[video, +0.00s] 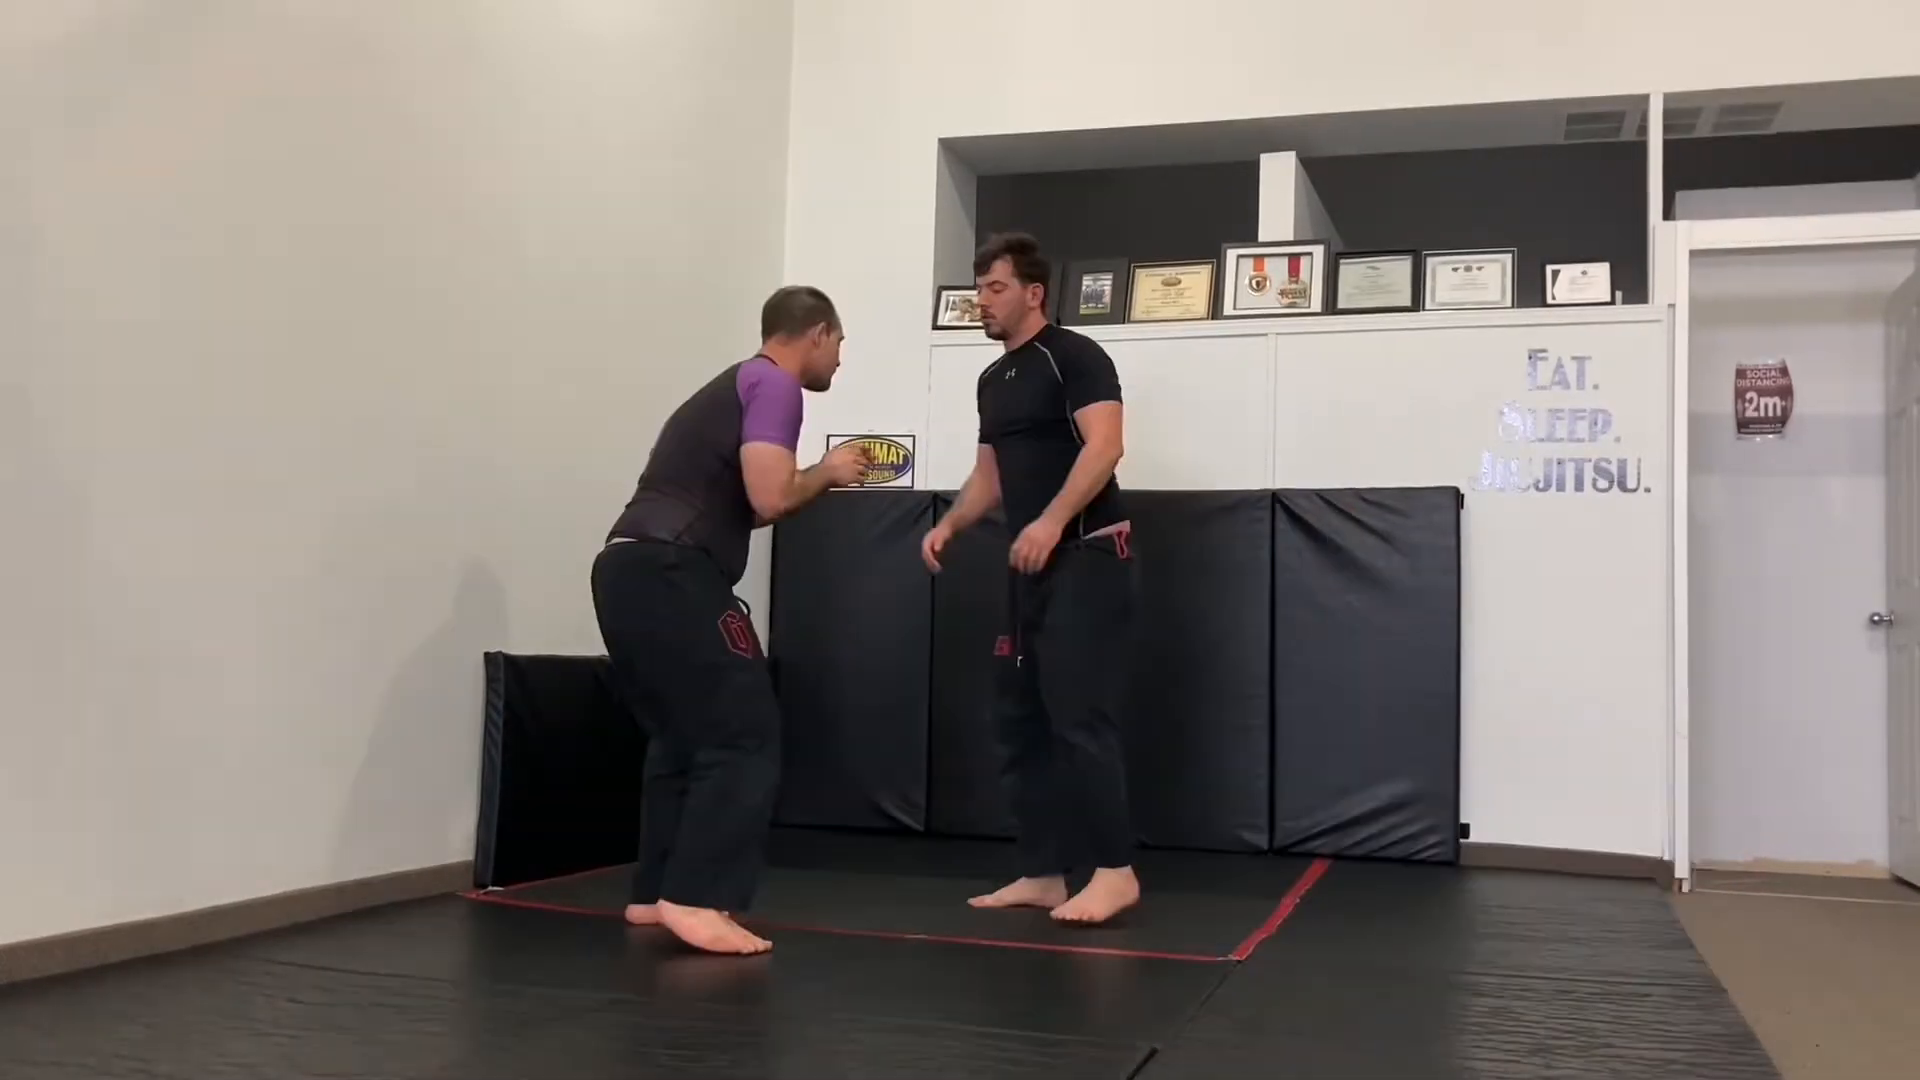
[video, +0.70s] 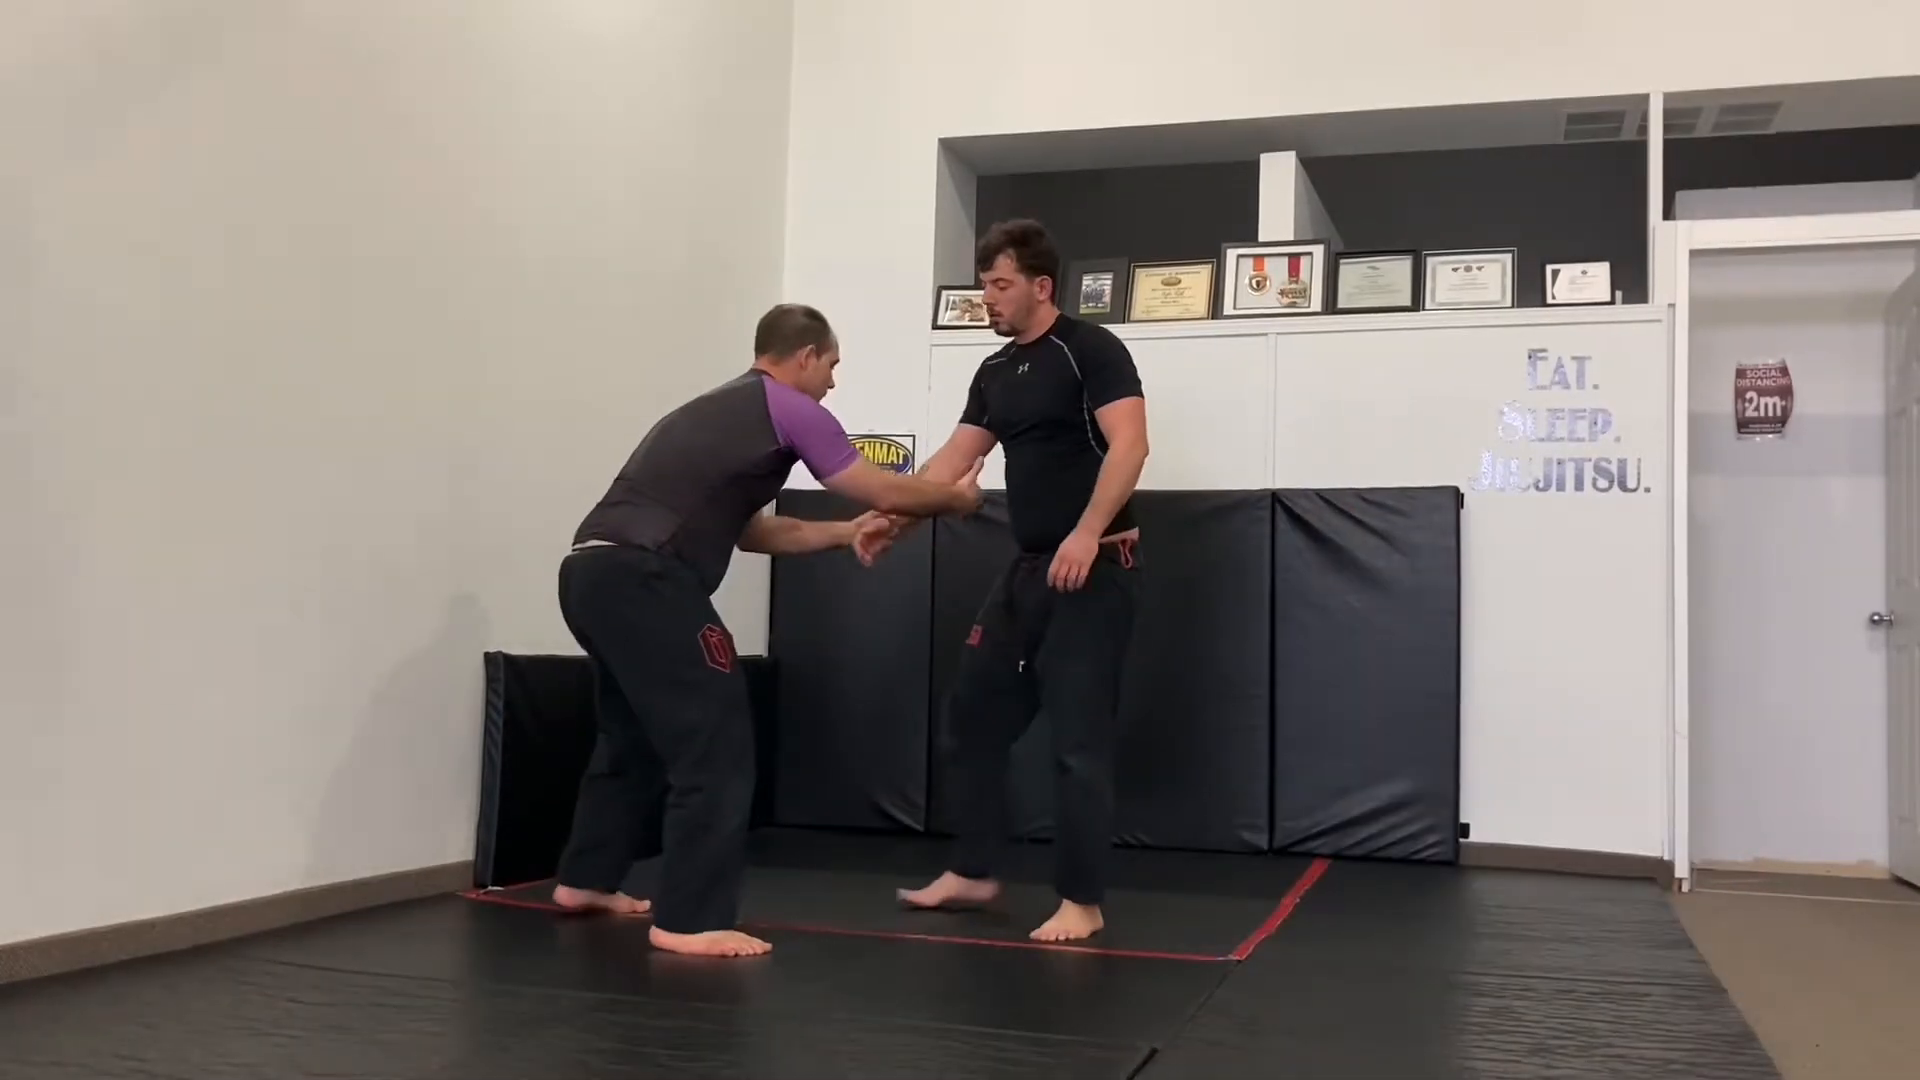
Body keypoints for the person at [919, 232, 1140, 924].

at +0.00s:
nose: (983, 299)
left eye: (995, 287)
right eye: (980, 289)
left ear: (1034, 293)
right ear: (992, 298)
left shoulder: (1077, 354)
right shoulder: (994, 378)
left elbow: (1105, 446)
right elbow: (992, 471)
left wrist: (1051, 520)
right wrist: (951, 522)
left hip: (1090, 552)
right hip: (1030, 555)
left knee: (1080, 707)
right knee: (1022, 708)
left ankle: (1115, 871)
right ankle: (1045, 872)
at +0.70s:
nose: (986, 297)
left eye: (998, 284)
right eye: (984, 285)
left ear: (1041, 286)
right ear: (1003, 290)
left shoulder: (1092, 350)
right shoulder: (996, 372)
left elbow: (1130, 447)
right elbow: (954, 460)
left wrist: (1087, 532)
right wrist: (897, 514)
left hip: (1095, 566)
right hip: (1030, 567)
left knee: (1080, 734)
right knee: (977, 708)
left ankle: (1082, 903)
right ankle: (973, 871)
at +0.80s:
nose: (981, 300)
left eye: (994, 288)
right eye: (978, 289)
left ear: (1037, 288)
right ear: (984, 292)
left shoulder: (1089, 350)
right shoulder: (985, 375)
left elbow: (1131, 447)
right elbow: (942, 465)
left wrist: (1098, 535)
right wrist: (884, 522)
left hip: (1093, 568)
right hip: (1027, 570)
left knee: (1080, 736)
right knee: (975, 717)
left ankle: (1084, 903)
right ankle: (927, 874)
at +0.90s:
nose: (971, 306)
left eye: (984, 293)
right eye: (968, 294)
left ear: (1028, 292)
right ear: (972, 296)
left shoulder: (1083, 353)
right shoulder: (972, 378)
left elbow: (1132, 448)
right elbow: (928, 469)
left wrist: (1111, 540)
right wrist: (874, 530)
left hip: (1083, 569)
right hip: (1018, 574)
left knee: (1079, 737)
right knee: (971, 724)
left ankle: (1084, 903)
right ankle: (915, 879)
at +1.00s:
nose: (961, 310)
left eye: (974, 297)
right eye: (957, 298)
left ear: (1017, 296)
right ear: (957, 301)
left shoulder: (1074, 359)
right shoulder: (955, 383)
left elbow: (1128, 451)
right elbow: (911, 475)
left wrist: (1120, 544)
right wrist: (858, 539)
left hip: (1076, 571)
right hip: (1004, 577)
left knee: (1073, 739)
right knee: (957, 728)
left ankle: (1082, 903)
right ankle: (909, 884)